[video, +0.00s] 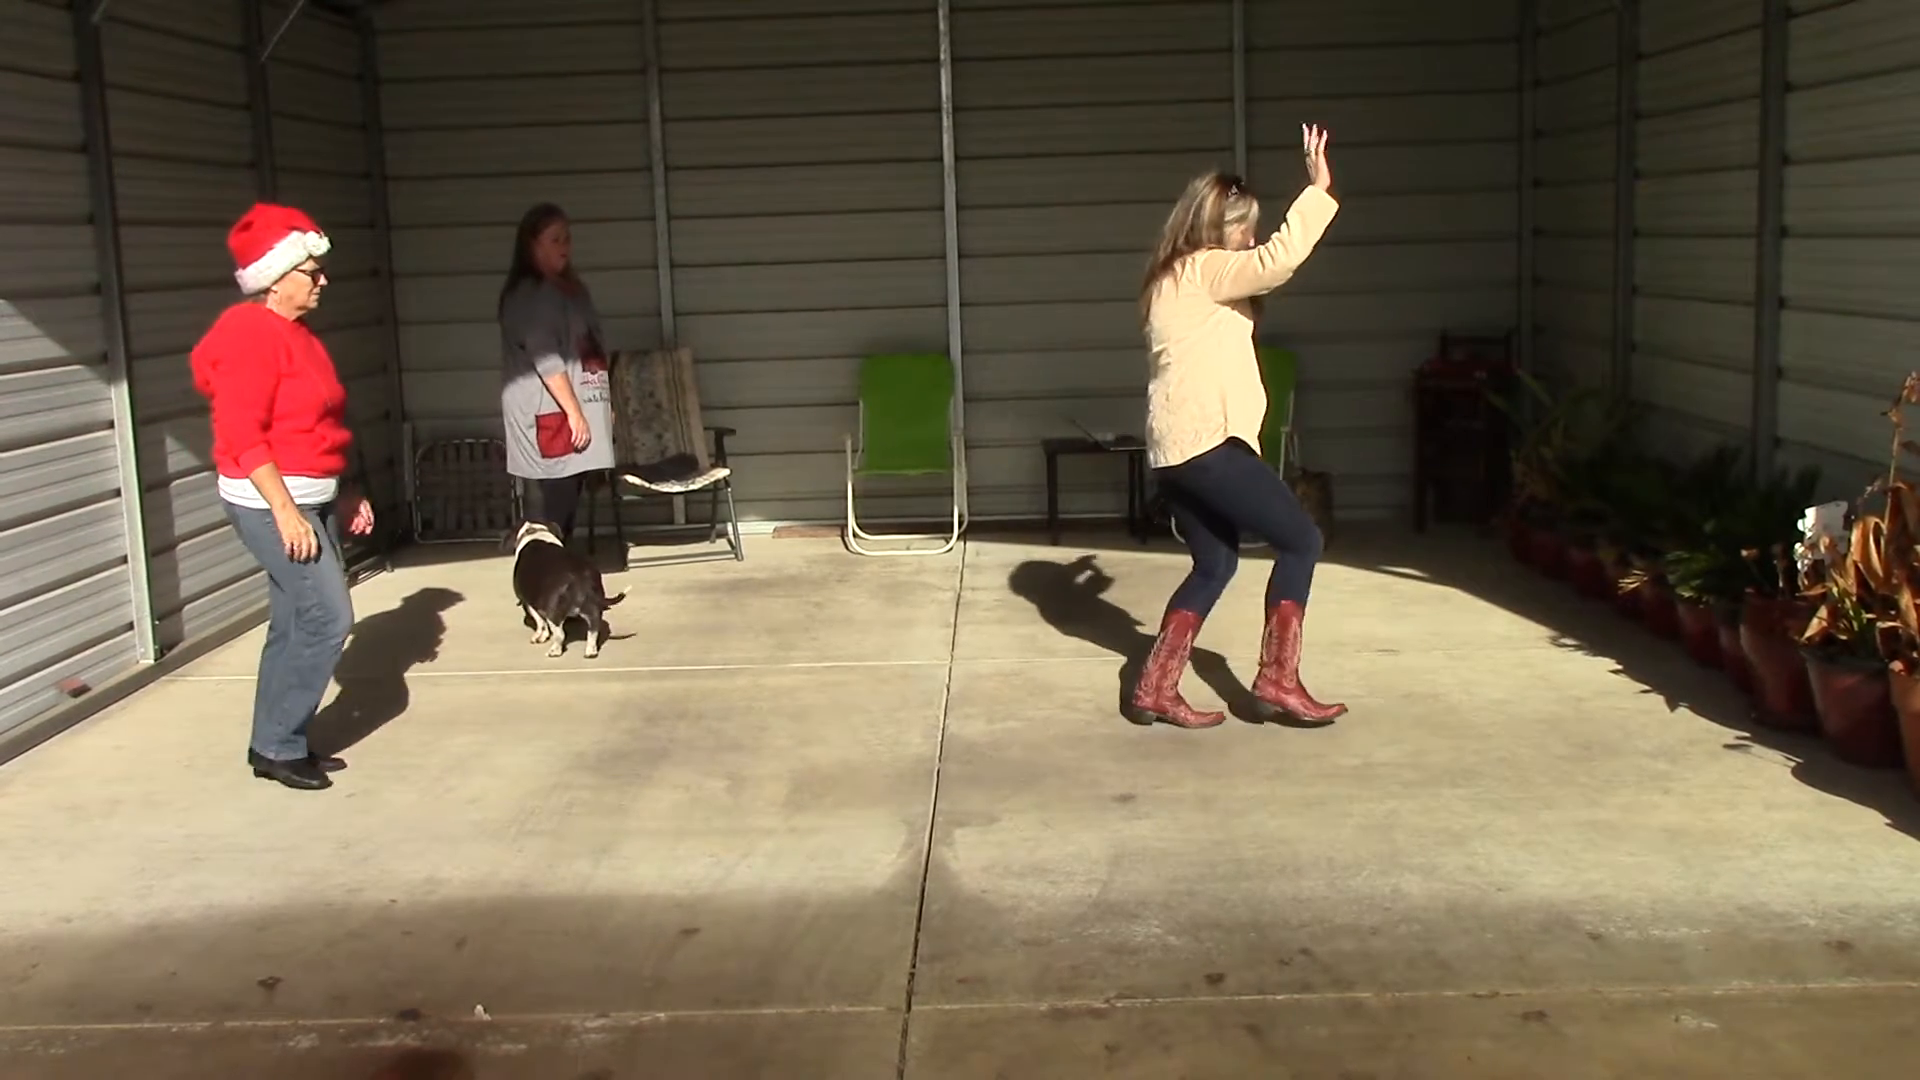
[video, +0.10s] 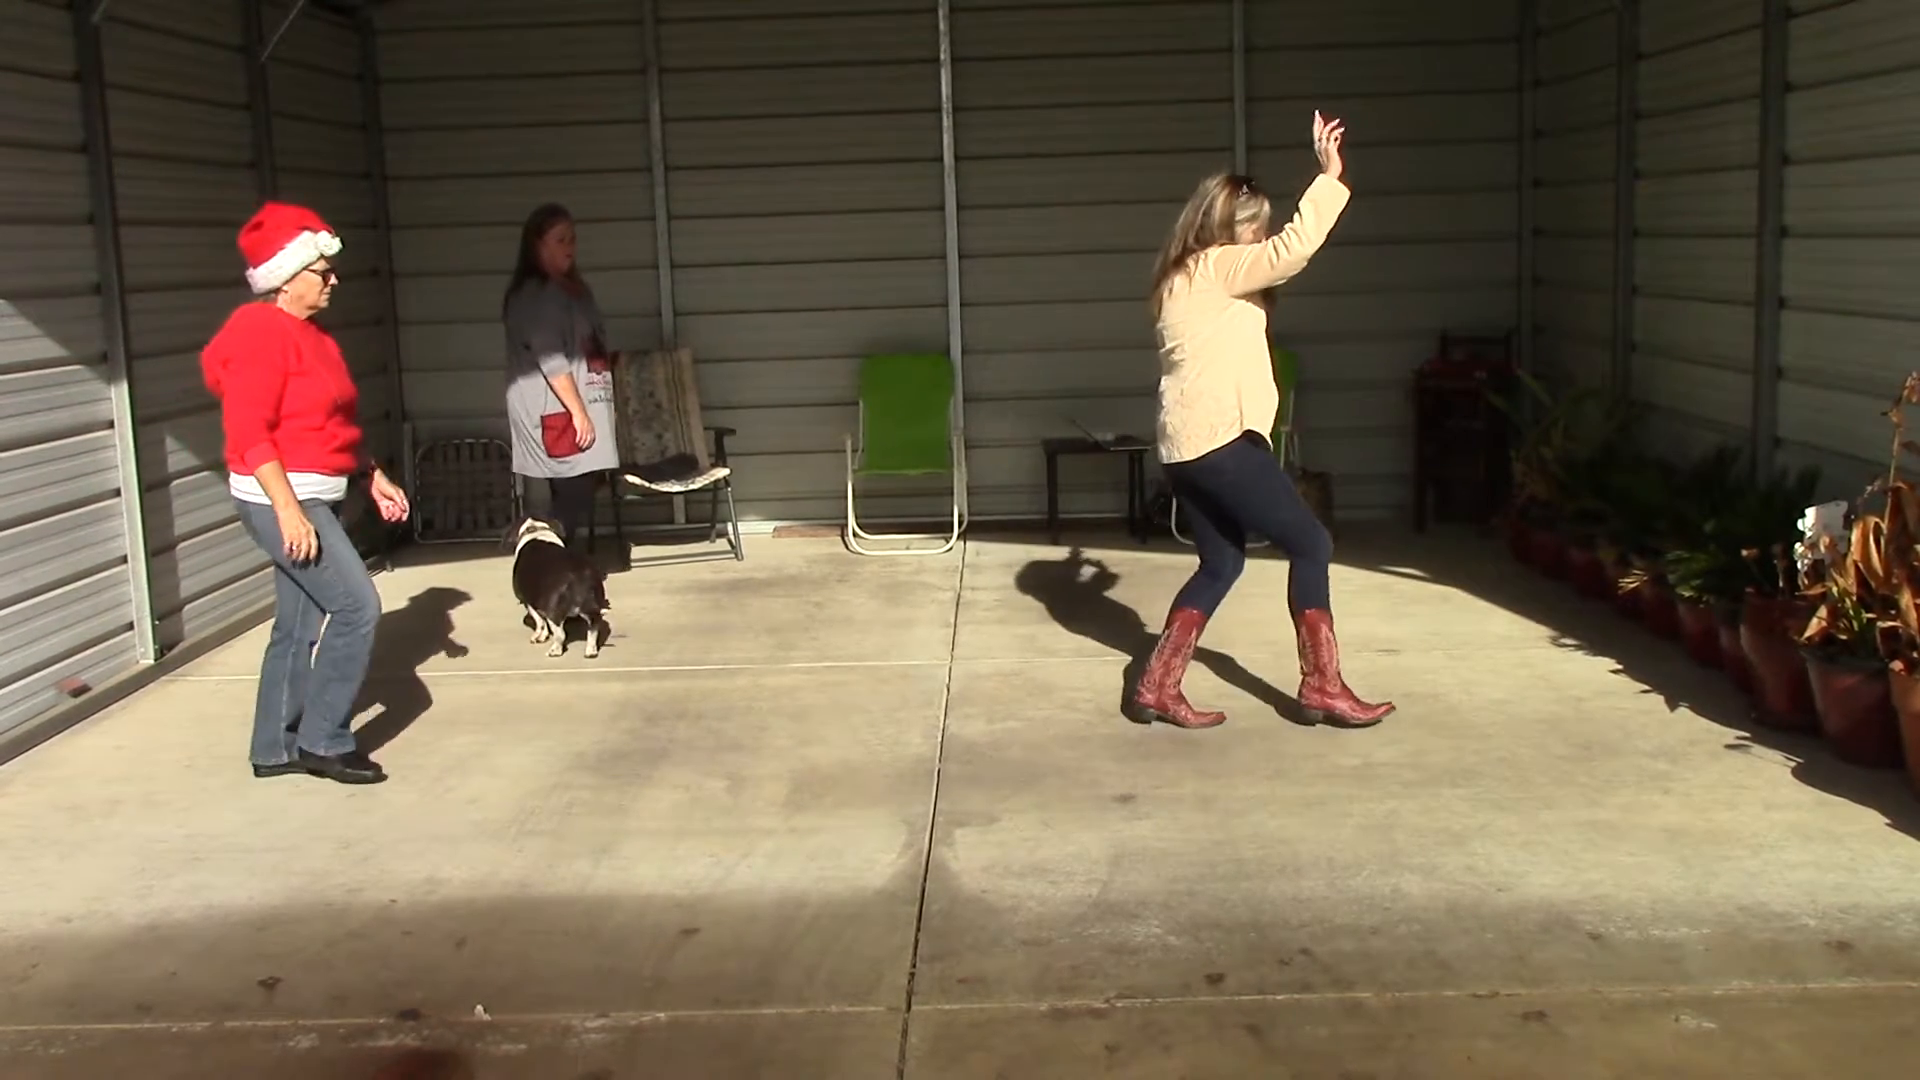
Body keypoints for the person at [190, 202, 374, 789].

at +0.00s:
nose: (322, 283)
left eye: (321, 273)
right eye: (312, 273)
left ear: (282, 279)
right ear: (275, 278)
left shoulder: (295, 334)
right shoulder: (247, 334)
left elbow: (310, 425)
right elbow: (240, 434)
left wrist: (342, 494)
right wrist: (284, 509)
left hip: (308, 499)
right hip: (269, 501)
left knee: (294, 624)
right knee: (326, 617)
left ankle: (279, 742)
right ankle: (276, 745)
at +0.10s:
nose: (332, 281)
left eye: (331, 271)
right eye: (322, 272)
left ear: (296, 278)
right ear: (284, 278)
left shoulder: (310, 334)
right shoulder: (256, 333)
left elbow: (329, 419)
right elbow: (247, 433)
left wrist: (370, 472)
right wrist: (287, 507)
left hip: (315, 496)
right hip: (281, 498)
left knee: (296, 625)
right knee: (356, 605)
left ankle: (276, 747)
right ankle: (324, 740)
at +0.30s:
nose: (362, 282)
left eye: (360, 272)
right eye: (351, 273)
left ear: (327, 281)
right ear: (316, 280)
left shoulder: (341, 336)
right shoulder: (288, 333)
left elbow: (368, 423)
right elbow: (275, 429)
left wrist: (415, 470)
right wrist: (306, 511)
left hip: (347, 499)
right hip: (317, 502)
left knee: (323, 628)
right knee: (392, 614)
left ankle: (278, 744)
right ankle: (417, 752)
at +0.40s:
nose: (378, 285)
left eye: (377, 275)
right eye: (367, 276)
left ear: (347, 284)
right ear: (331, 284)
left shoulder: (353, 340)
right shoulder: (307, 339)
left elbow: (376, 429)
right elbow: (297, 435)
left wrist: (420, 480)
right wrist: (329, 517)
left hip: (368, 501)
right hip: (340, 505)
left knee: (365, 627)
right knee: (408, 615)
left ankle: (290, 732)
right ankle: (424, 755)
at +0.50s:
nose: (392, 286)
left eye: (390, 276)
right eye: (381, 278)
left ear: (359, 287)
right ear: (346, 288)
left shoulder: (366, 341)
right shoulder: (324, 342)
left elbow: (384, 432)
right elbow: (317, 440)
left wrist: (424, 495)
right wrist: (357, 514)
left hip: (388, 501)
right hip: (352, 507)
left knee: (409, 619)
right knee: (419, 618)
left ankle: (314, 713)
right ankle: (426, 755)